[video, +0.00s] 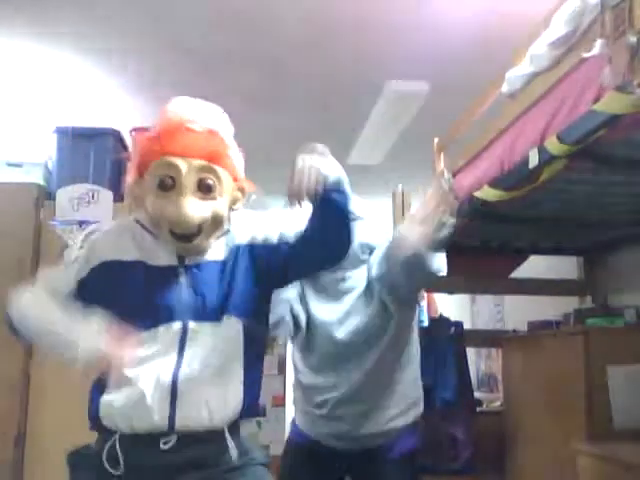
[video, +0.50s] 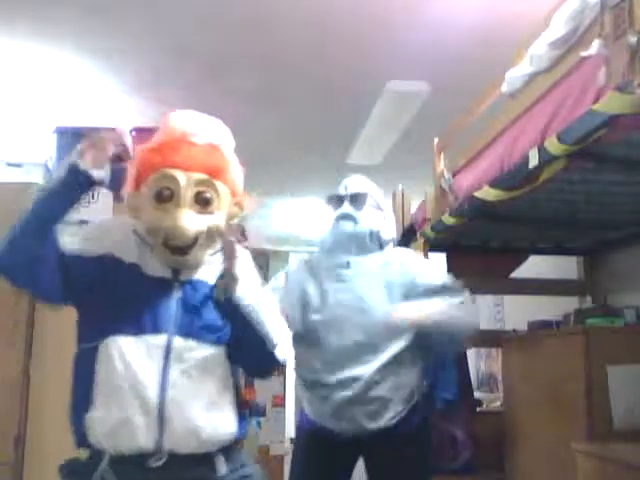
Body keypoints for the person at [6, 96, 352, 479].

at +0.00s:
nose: (185, 204)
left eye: (205, 187)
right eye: (166, 184)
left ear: (233, 197)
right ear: (139, 191)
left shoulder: (250, 259)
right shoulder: (109, 258)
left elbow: (325, 250)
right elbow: (28, 307)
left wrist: (328, 185)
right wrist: (98, 339)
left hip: (221, 456)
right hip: (127, 459)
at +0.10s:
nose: (191, 208)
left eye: (211, 189)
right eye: (172, 187)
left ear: (238, 197)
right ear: (142, 192)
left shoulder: (248, 262)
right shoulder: (113, 251)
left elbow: (312, 274)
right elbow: (16, 291)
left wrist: (318, 194)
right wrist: (91, 291)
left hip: (220, 459)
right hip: (128, 457)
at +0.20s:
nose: (193, 207)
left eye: (214, 189)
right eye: (175, 186)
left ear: (241, 200)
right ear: (148, 192)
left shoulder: (242, 268)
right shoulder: (114, 254)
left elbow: (294, 303)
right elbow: (12, 274)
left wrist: (308, 214)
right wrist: (86, 267)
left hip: (224, 460)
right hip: (133, 459)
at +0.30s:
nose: (193, 214)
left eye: (215, 194)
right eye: (176, 191)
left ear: (241, 208)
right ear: (148, 199)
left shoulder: (232, 280)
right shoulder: (111, 266)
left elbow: (260, 352)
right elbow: (15, 244)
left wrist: (267, 270)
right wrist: (79, 201)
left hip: (224, 464)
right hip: (132, 464)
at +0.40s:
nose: (188, 219)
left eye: (210, 198)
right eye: (171, 194)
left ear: (237, 212)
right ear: (142, 201)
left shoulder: (232, 276)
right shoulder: (108, 266)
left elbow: (267, 363)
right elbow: (16, 245)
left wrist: (239, 293)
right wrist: (76, 174)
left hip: (220, 466)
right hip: (125, 466)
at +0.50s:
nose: (181, 218)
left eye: (203, 199)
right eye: (164, 195)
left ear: (229, 211)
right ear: (134, 201)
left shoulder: (226, 280)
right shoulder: (103, 269)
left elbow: (266, 362)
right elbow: (19, 261)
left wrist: (234, 285)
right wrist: (80, 174)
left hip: (211, 465)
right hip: (117, 466)